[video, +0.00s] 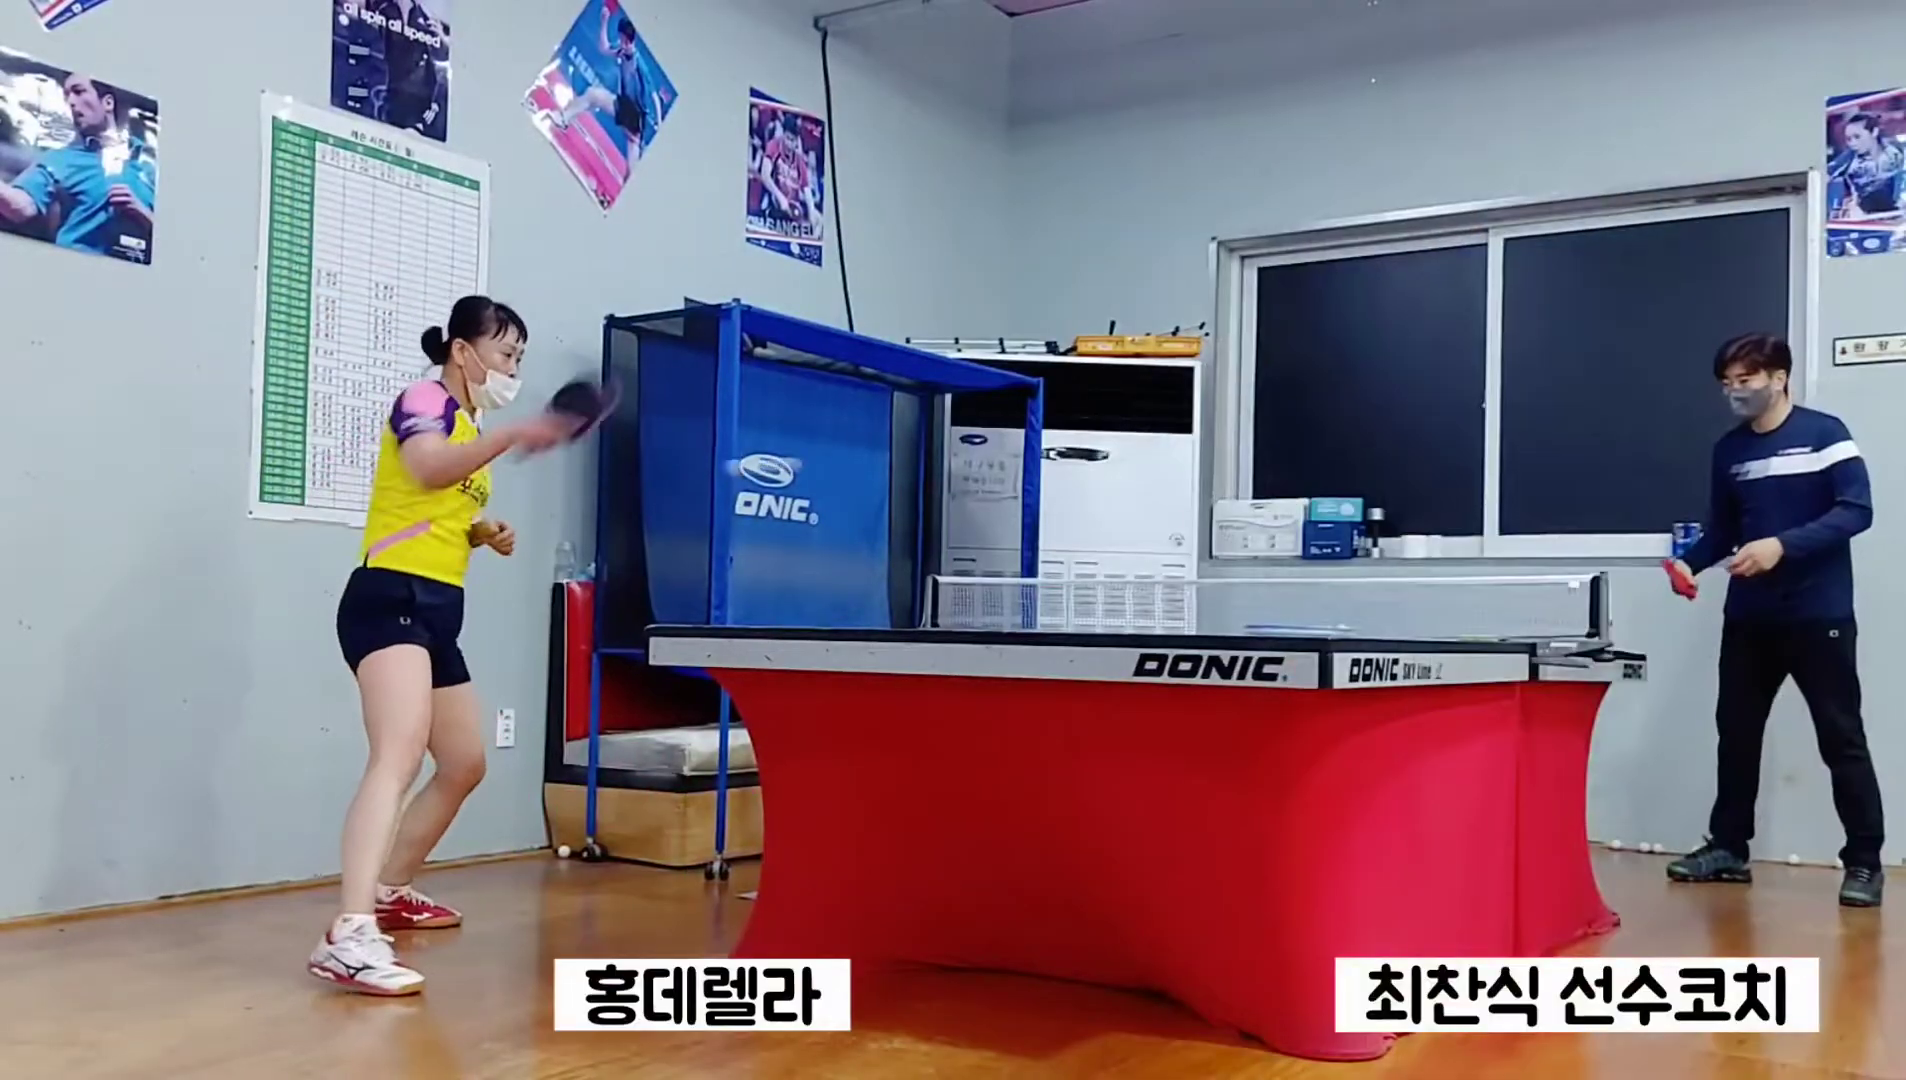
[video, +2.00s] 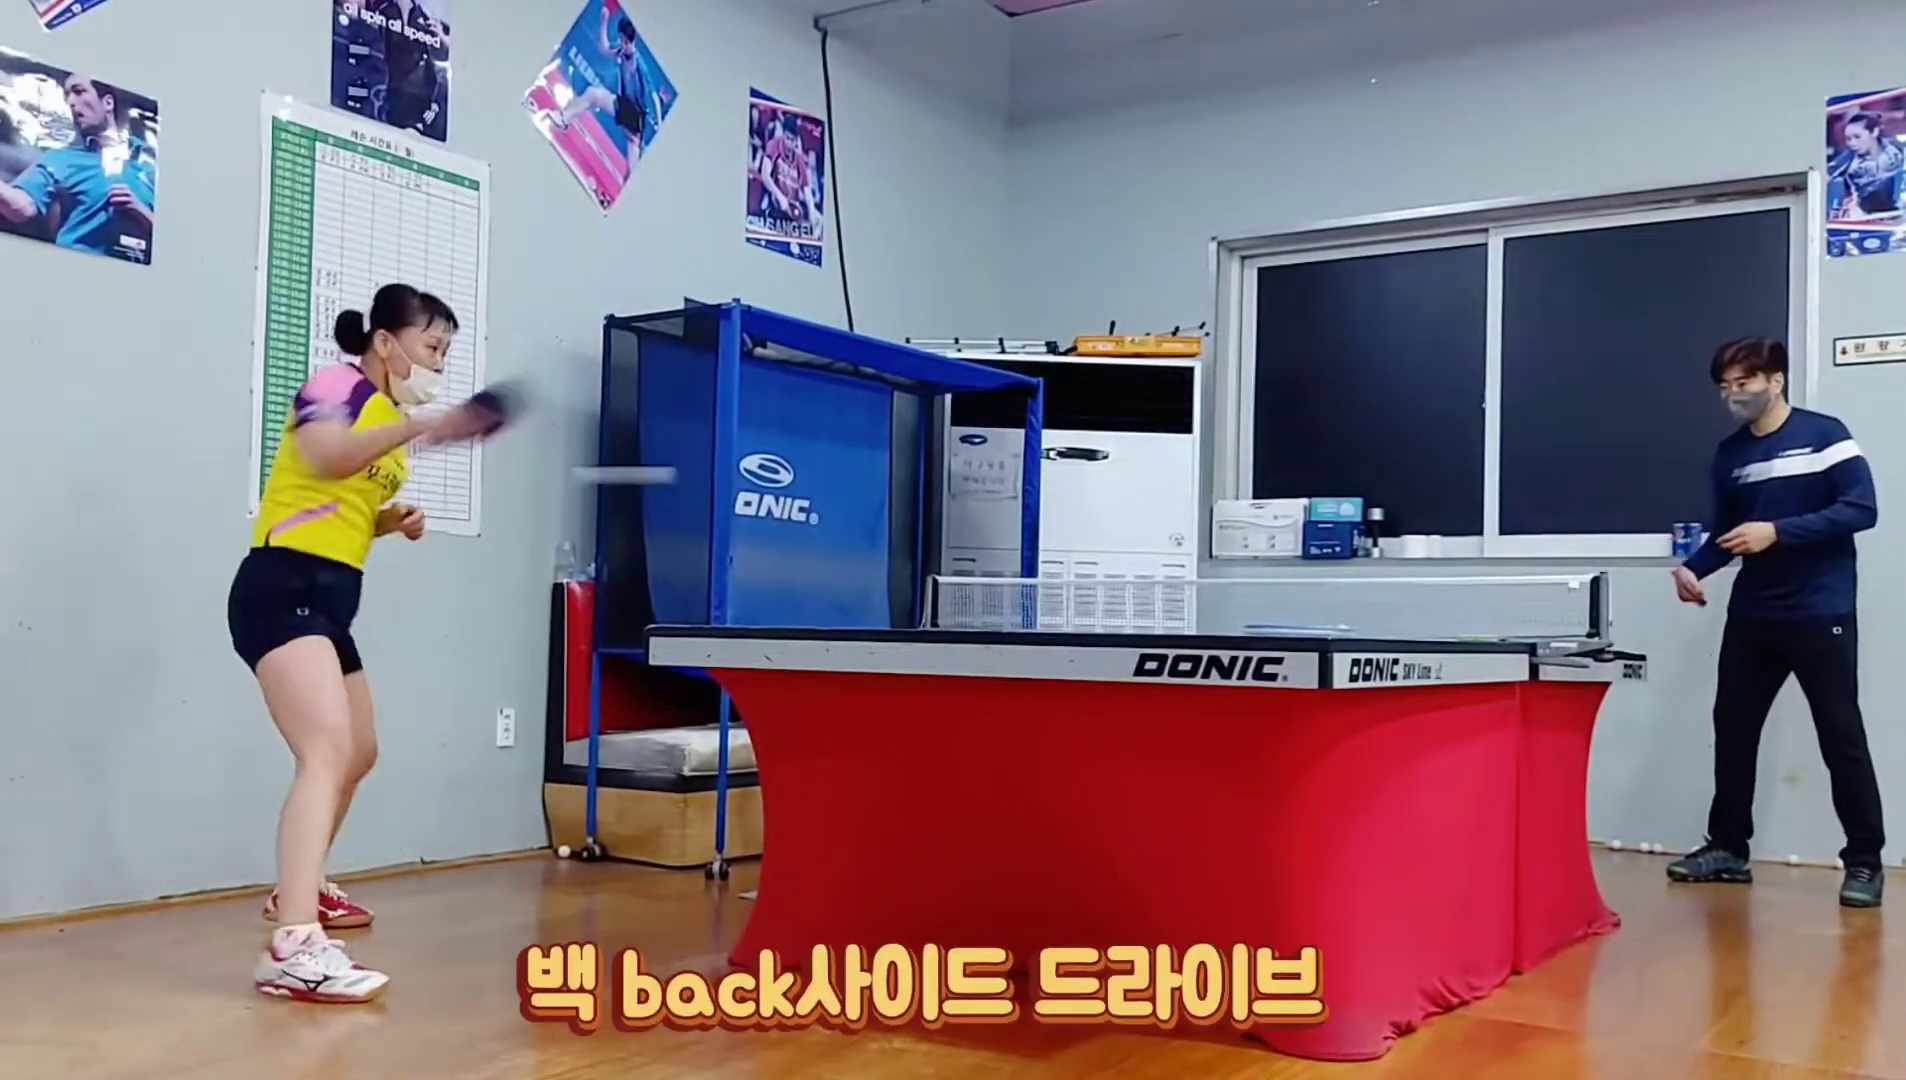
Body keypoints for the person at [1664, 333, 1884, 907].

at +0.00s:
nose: (1738, 388)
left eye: (1748, 376)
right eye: (1730, 381)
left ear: (1780, 378)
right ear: (1725, 388)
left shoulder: (1825, 433)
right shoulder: (1729, 449)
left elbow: (1857, 510)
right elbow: (1722, 532)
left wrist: (1782, 544)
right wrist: (1689, 560)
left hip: (1821, 618)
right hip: (1750, 619)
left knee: (1843, 742)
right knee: (1736, 733)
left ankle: (1863, 864)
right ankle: (1729, 848)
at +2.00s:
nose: (1735, 390)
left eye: (1746, 379)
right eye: (1727, 384)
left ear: (1776, 380)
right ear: (1723, 392)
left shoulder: (1825, 433)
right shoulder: (1731, 452)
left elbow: (1861, 508)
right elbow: (1727, 532)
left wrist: (1776, 530)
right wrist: (1694, 565)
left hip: (1822, 617)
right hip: (1753, 618)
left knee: (1842, 740)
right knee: (1733, 731)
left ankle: (1864, 863)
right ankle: (1729, 849)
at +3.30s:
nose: (1721, 407)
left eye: (1732, 396)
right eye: (1715, 398)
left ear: (1766, 395)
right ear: (1711, 400)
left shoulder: (1823, 442)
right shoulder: (1713, 458)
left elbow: (1866, 513)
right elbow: (1663, 502)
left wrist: (1792, 536)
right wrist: (1631, 546)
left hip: (1819, 618)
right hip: (1744, 618)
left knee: (1843, 737)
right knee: (1717, 723)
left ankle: (1864, 863)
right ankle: (1726, 849)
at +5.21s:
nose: (1727, 410)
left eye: (1738, 399)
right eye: (1719, 402)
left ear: (1769, 394)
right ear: (1713, 404)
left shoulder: (1822, 442)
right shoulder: (1718, 462)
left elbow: (1860, 515)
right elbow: (1695, 530)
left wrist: (1782, 533)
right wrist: (1680, 575)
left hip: (1814, 619)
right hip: (1740, 621)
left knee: (1841, 739)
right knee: (1712, 723)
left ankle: (1863, 863)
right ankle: (1726, 848)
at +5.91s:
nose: (1732, 391)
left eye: (1743, 380)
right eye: (1724, 384)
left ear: (1773, 381)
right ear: (1718, 392)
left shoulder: (1821, 436)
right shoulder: (1723, 456)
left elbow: (1859, 509)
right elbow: (1719, 535)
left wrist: (1775, 528)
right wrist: (1687, 560)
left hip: (1814, 615)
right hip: (1745, 615)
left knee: (1838, 737)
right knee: (1724, 727)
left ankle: (1864, 863)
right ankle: (1728, 848)